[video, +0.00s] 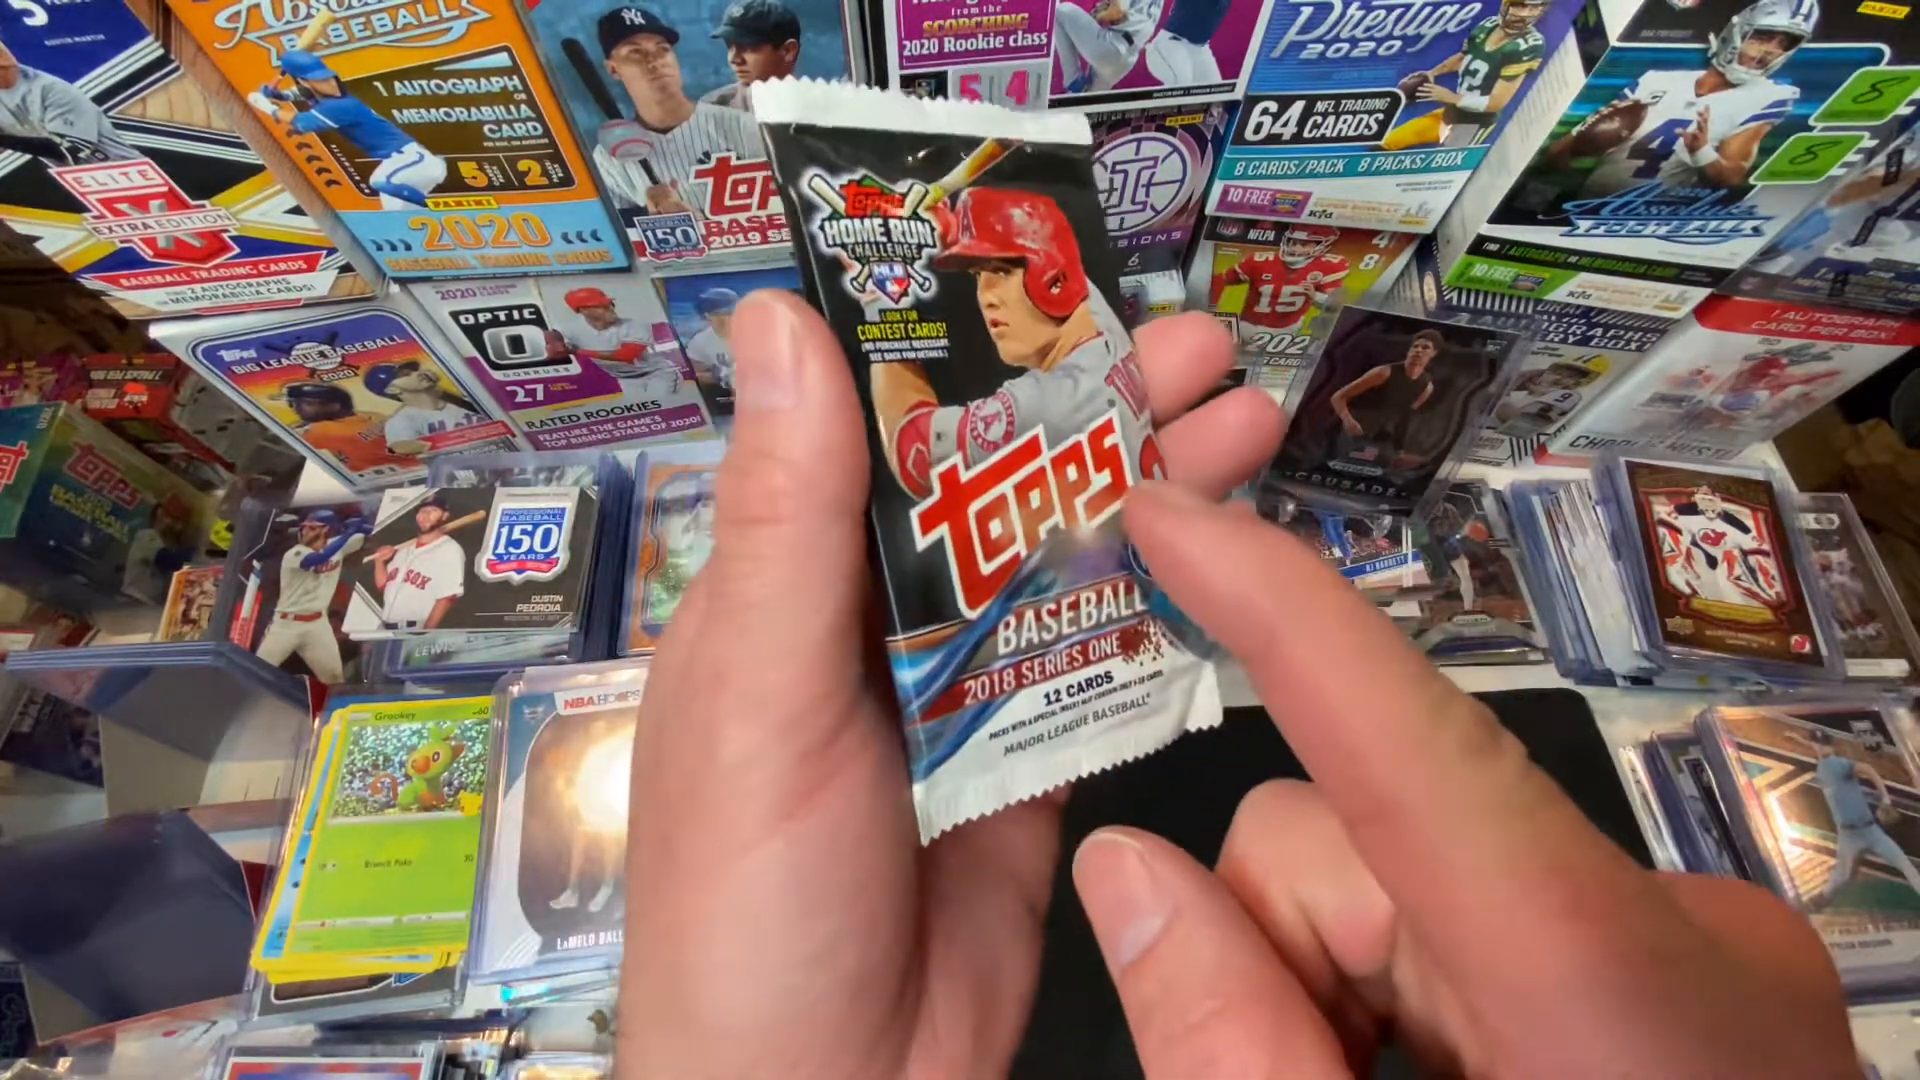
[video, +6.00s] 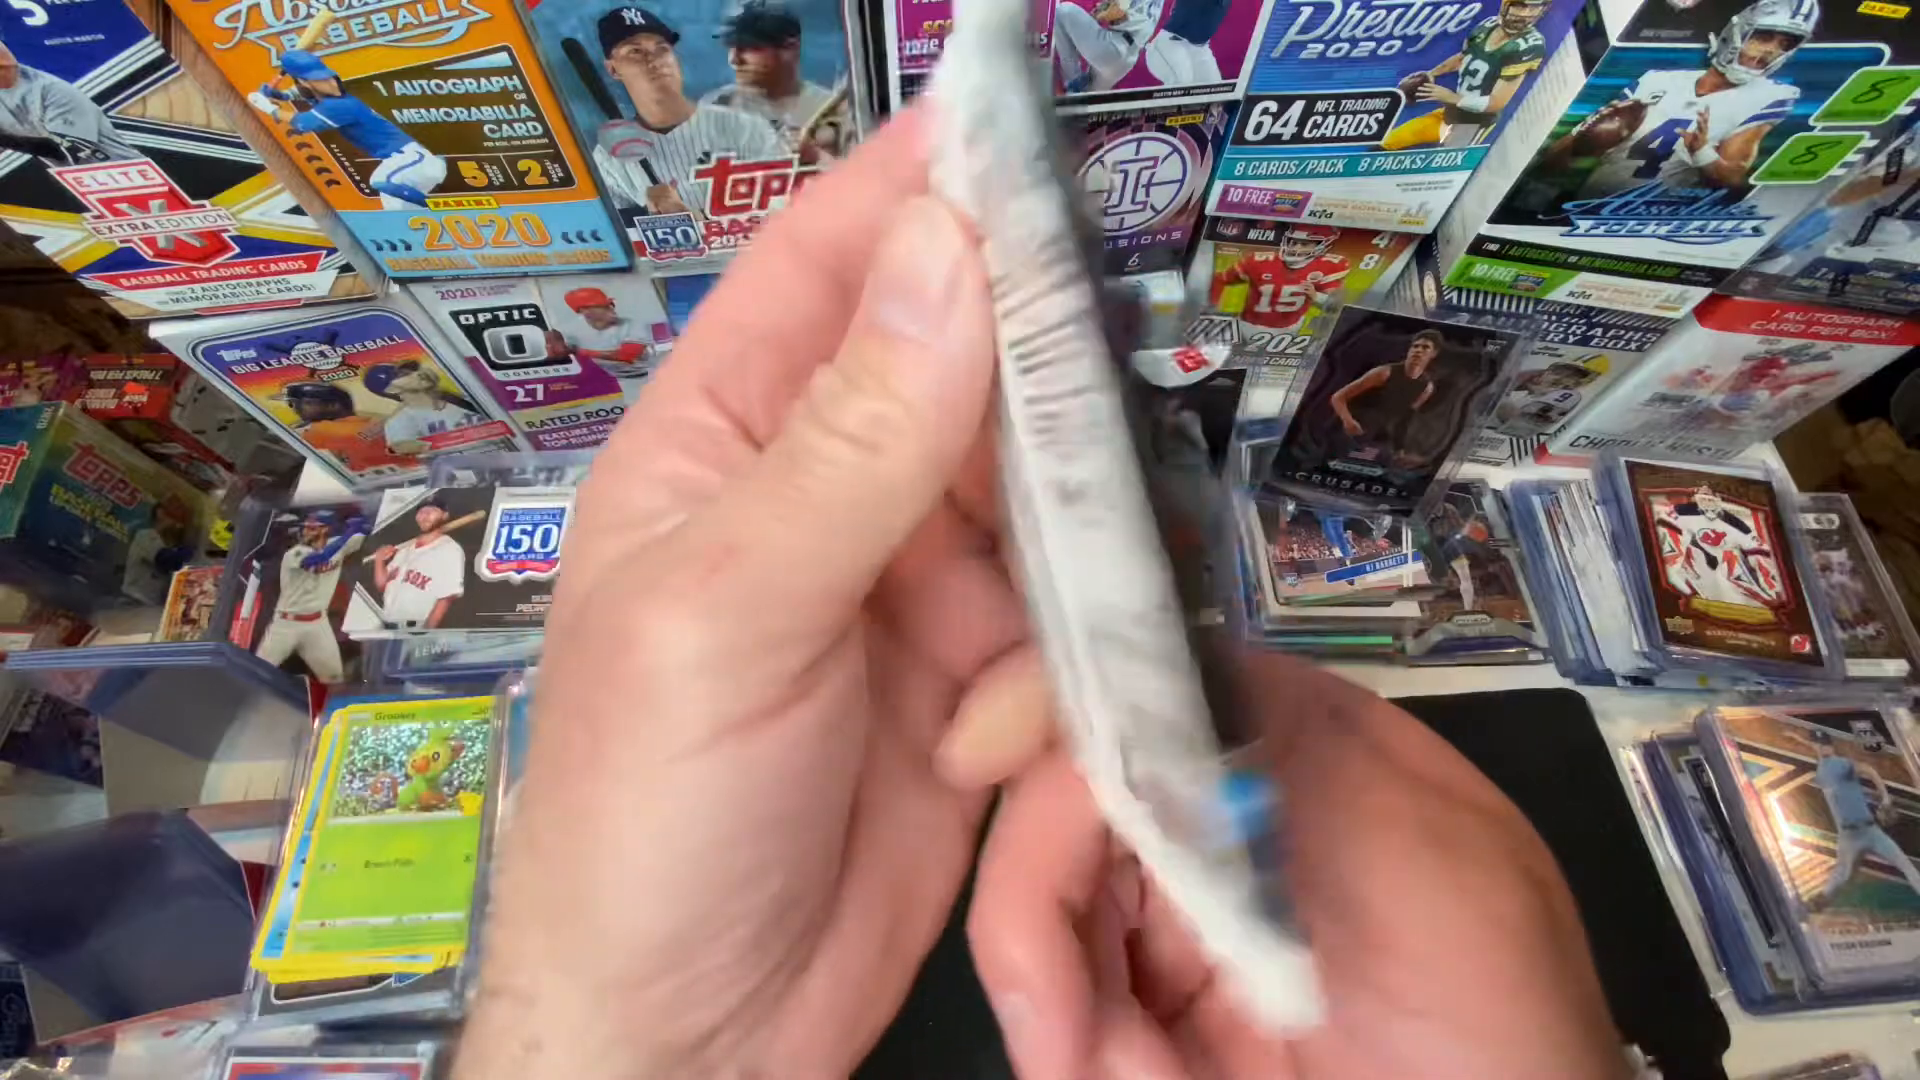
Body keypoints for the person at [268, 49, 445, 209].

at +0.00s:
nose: (332, 80)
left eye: (330, 75)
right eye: (323, 78)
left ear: (308, 81)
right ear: (305, 84)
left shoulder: (341, 106)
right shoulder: (330, 103)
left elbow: (298, 122)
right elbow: (300, 94)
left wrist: (268, 107)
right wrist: (275, 94)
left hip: (413, 159)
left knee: (379, 180)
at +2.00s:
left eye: (326, 76)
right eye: (321, 77)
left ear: (308, 83)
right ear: (305, 83)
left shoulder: (344, 106)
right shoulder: (329, 104)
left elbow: (301, 123)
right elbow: (298, 94)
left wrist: (270, 109)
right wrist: (275, 94)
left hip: (416, 158)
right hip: (403, 167)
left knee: (381, 179)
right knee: (397, 222)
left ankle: (437, 217)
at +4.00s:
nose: (331, 80)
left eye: (329, 76)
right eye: (323, 78)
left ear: (310, 83)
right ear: (306, 84)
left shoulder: (344, 106)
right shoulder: (332, 103)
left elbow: (300, 122)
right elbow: (300, 93)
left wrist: (271, 110)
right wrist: (277, 95)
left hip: (414, 158)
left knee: (381, 180)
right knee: (399, 220)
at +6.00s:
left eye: (301, 82)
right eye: (301, 82)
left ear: (309, 83)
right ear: (311, 81)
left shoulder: (342, 106)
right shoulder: (333, 101)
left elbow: (299, 123)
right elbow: (303, 92)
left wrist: (270, 109)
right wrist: (277, 95)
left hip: (414, 158)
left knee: (381, 180)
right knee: (397, 219)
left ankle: (434, 212)